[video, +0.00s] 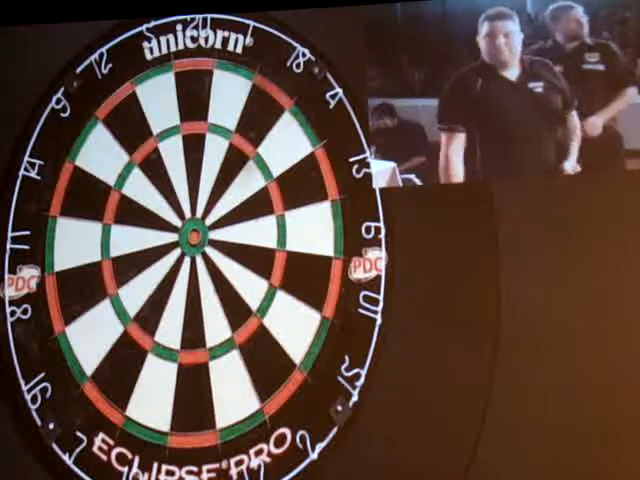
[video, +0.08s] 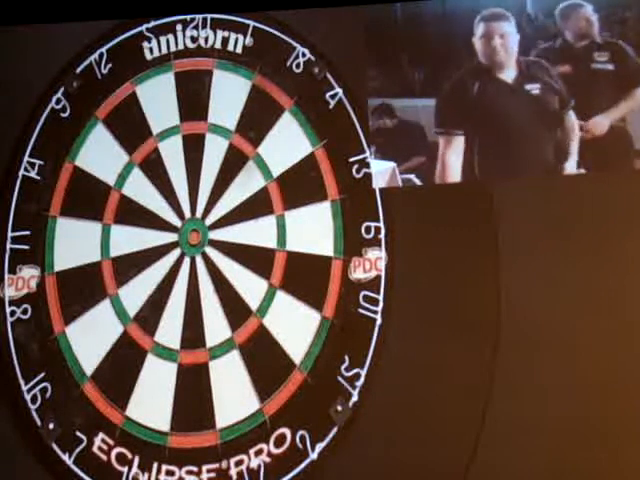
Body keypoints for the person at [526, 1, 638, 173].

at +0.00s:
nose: (582, 23)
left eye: (583, 18)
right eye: (574, 19)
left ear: (587, 20)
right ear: (555, 24)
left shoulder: (605, 50)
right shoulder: (537, 55)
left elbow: (631, 91)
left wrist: (600, 118)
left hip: (601, 147)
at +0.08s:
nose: (590, 23)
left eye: (591, 17)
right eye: (582, 19)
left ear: (596, 19)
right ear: (564, 25)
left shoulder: (616, 51)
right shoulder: (545, 55)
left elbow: (636, 92)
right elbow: (534, 97)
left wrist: (607, 119)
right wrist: (565, 123)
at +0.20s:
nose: (593, 37)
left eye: (598, 27)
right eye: (586, 34)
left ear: (606, 23)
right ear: (571, 25)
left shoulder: (626, 52)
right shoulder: (554, 56)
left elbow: (637, 97)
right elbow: (543, 97)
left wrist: (612, 119)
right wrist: (568, 122)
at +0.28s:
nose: (596, 38)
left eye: (601, 29)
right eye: (589, 34)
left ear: (608, 23)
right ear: (573, 26)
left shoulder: (628, 52)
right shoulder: (556, 56)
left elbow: (637, 98)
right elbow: (543, 98)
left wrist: (614, 119)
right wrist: (567, 121)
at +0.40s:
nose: (607, 23)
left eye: (610, 17)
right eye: (600, 19)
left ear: (616, 19)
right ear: (583, 23)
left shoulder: (633, 50)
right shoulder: (562, 55)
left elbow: (638, 102)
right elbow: (553, 99)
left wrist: (620, 122)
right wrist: (573, 121)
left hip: (625, 158)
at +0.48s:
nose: (611, 22)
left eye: (615, 17)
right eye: (604, 18)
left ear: (623, 18)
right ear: (588, 21)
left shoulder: (635, 50)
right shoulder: (570, 53)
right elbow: (552, 96)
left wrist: (622, 123)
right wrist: (576, 119)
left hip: (627, 161)